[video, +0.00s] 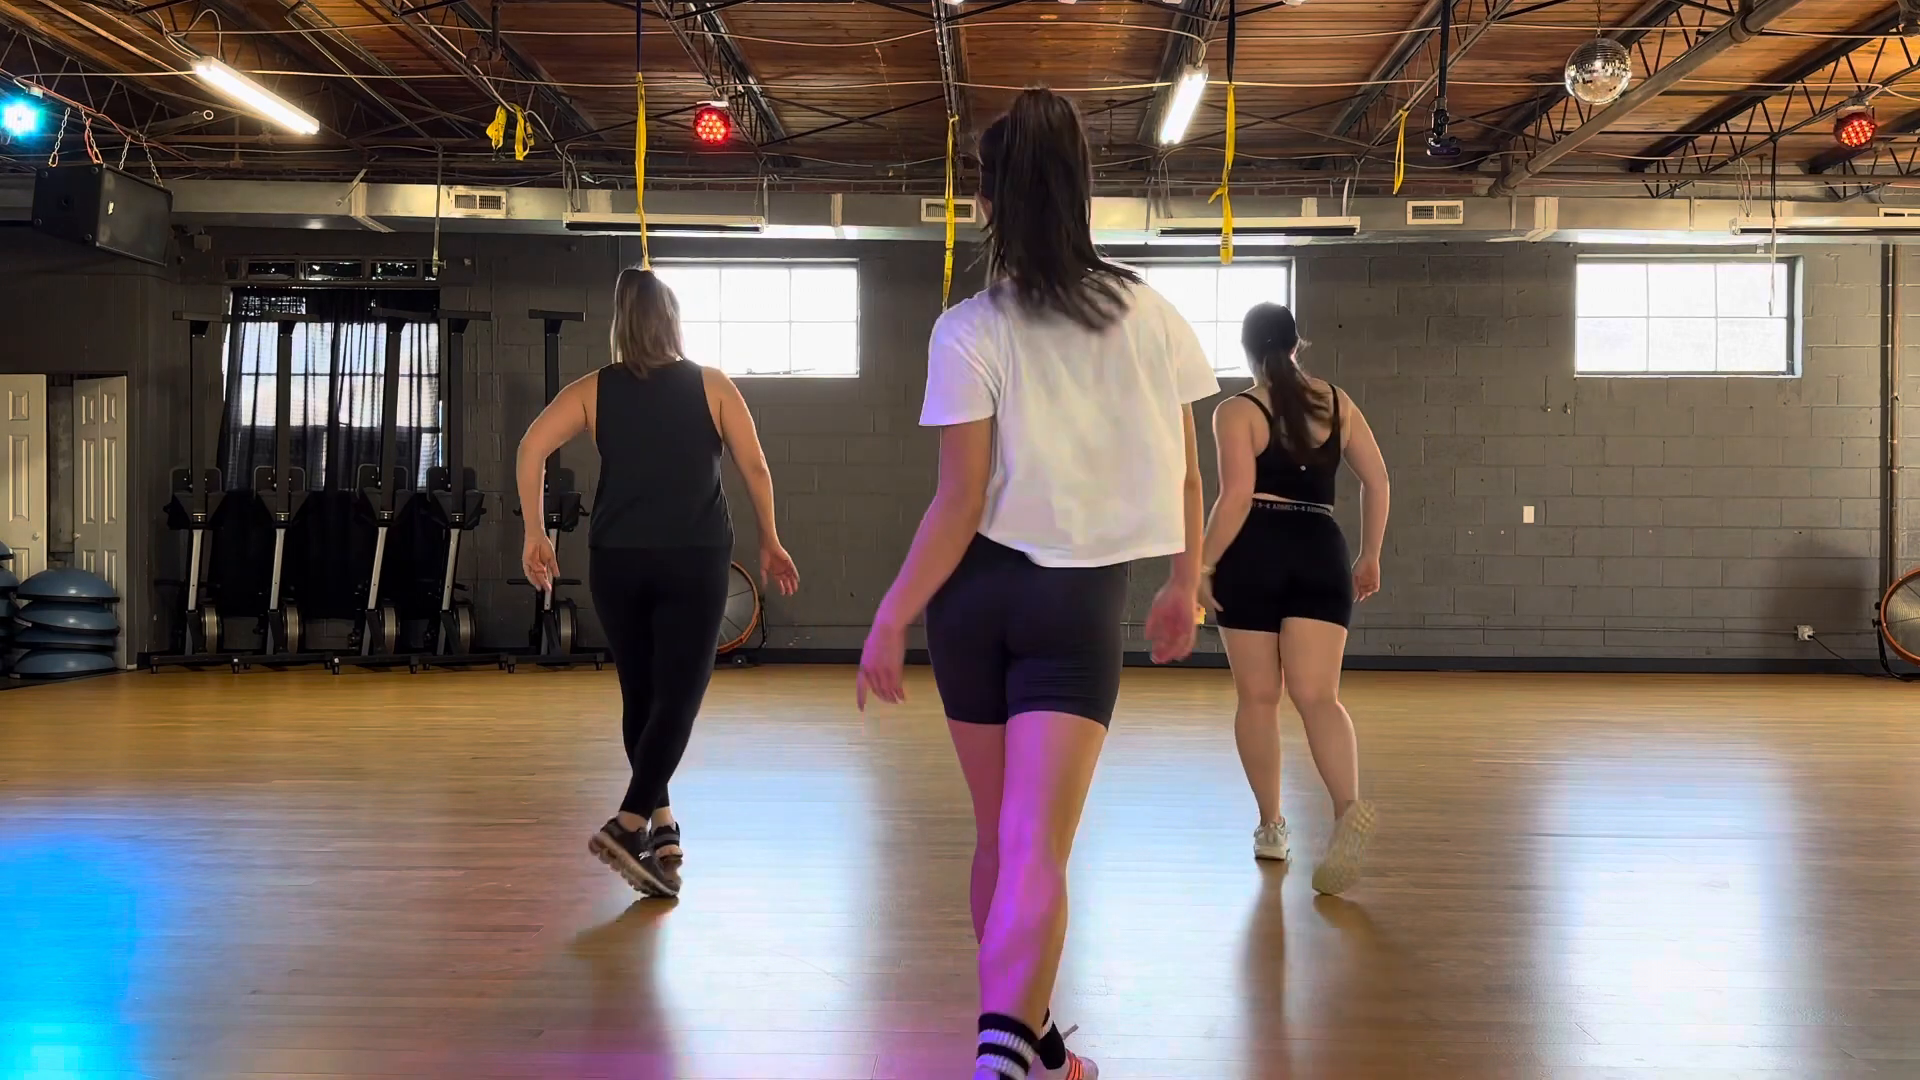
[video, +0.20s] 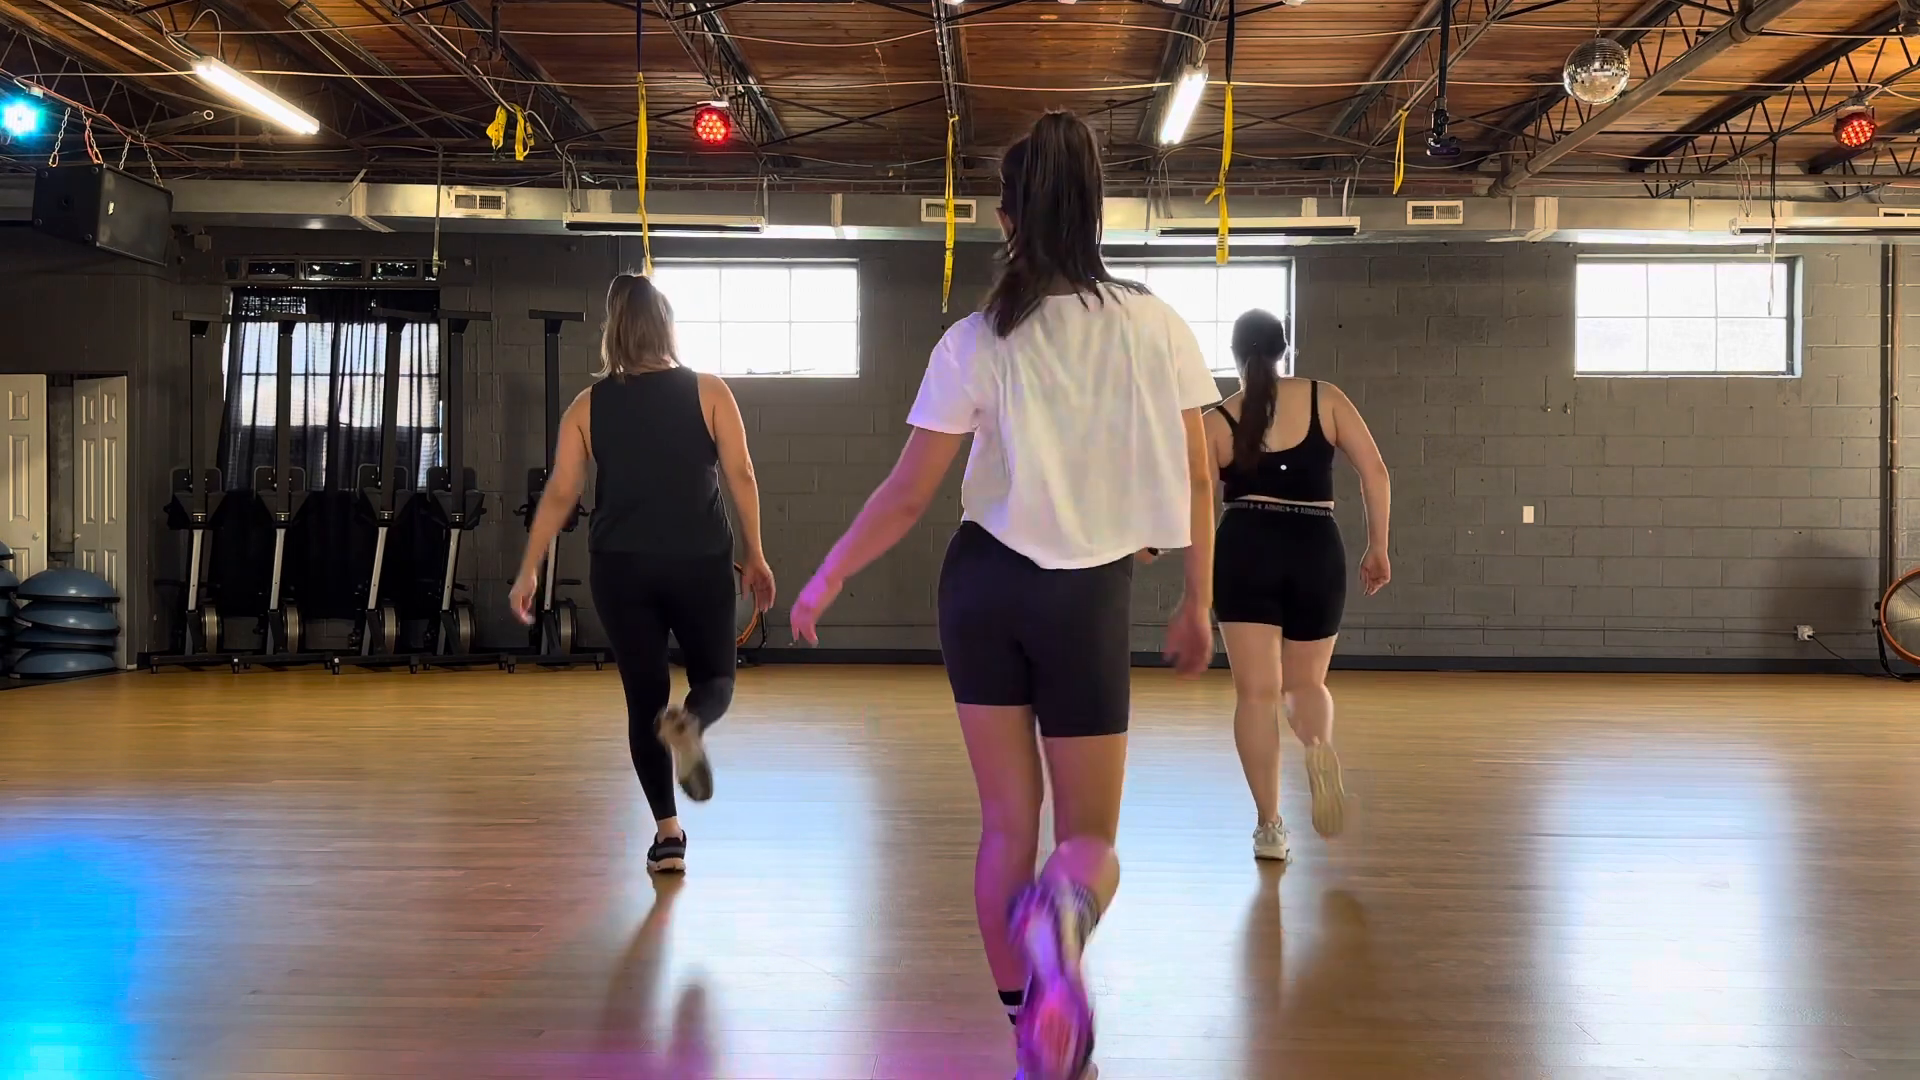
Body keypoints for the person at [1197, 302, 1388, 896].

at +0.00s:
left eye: (1250, 343)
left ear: (1249, 350)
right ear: (1297, 345)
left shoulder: (1238, 410)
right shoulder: (1335, 402)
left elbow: (1238, 493)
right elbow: (1377, 479)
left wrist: (1204, 566)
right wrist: (1371, 554)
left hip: (1252, 553)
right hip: (1321, 552)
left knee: (1258, 696)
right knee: (1318, 694)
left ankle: (1271, 823)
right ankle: (1350, 812)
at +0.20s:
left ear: (1235, 353)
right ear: (1285, 348)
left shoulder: (1217, 421)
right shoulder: (1326, 399)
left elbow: (1193, 500)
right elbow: (1374, 471)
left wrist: (1152, 537)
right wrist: (1379, 546)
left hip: (1245, 555)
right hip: (1316, 555)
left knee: (1254, 694)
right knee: (1309, 682)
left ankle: (1270, 822)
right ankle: (1318, 746)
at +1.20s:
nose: (1287, 377)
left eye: (1258, 371)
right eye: (1293, 368)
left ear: (1253, 374)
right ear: (1297, 373)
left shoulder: (1228, 416)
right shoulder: (1326, 428)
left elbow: (1206, 485)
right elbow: (1344, 507)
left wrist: (1204, 546)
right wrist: (1348, 568)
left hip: (1245, 551)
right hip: (1309, 554)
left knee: (1247, 646)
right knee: (1290, 671)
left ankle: (1241, 717)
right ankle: (1274, 783)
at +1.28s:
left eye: (1254, 370)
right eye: (1286, 369)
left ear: (1250, 374)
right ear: (1293, 373)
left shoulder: (1227, 418)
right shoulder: (1324, 426)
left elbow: (1212, 487)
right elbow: (1343, 506)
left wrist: (1206, 547)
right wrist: (1342, 567)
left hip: (1244, 550)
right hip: (1307, 553)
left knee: (1248, 627)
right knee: (1288, 671)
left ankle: (1247, 706)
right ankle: (1274, 783)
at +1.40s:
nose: (1254, 380)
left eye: (1247, 372)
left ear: (1245, 377)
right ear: (1287, 374)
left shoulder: (1226, 422)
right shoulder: (1320, 425)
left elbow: (1218, 496)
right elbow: (1341, 502)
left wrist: (1202, 563)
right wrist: (1334, 562)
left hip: (1242, 550)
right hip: (1304, 553)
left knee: (1249, 633)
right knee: (1287, 670)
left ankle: (1253, 732)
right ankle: (1273, 780)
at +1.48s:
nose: (1249, 384)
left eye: (1243, 376)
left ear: (1242, 381)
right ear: (1283, 377)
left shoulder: (1224, 430)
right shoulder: (1318, 428)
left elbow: (1217, 508)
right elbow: (1337, 505)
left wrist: (1202, 572)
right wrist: (1332, 565)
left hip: (1243, 556)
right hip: (1304, 557)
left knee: (1249, 656)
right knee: (1287, 670)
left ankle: (1253, 746)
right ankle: (1274, 780)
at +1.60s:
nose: (1248, 391)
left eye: (1242, 383)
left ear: (1238, 387)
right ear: (1280, 383)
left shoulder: (1221, 440)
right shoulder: (1316, 436)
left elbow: (1215, 515)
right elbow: (1328, 510)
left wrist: (1198, 577)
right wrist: (1336, 568)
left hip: (1241, 564)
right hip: (1303, 562)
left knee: (1247, 670)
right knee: (1285, 670)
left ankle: (1253, 758)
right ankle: (1274, 777)